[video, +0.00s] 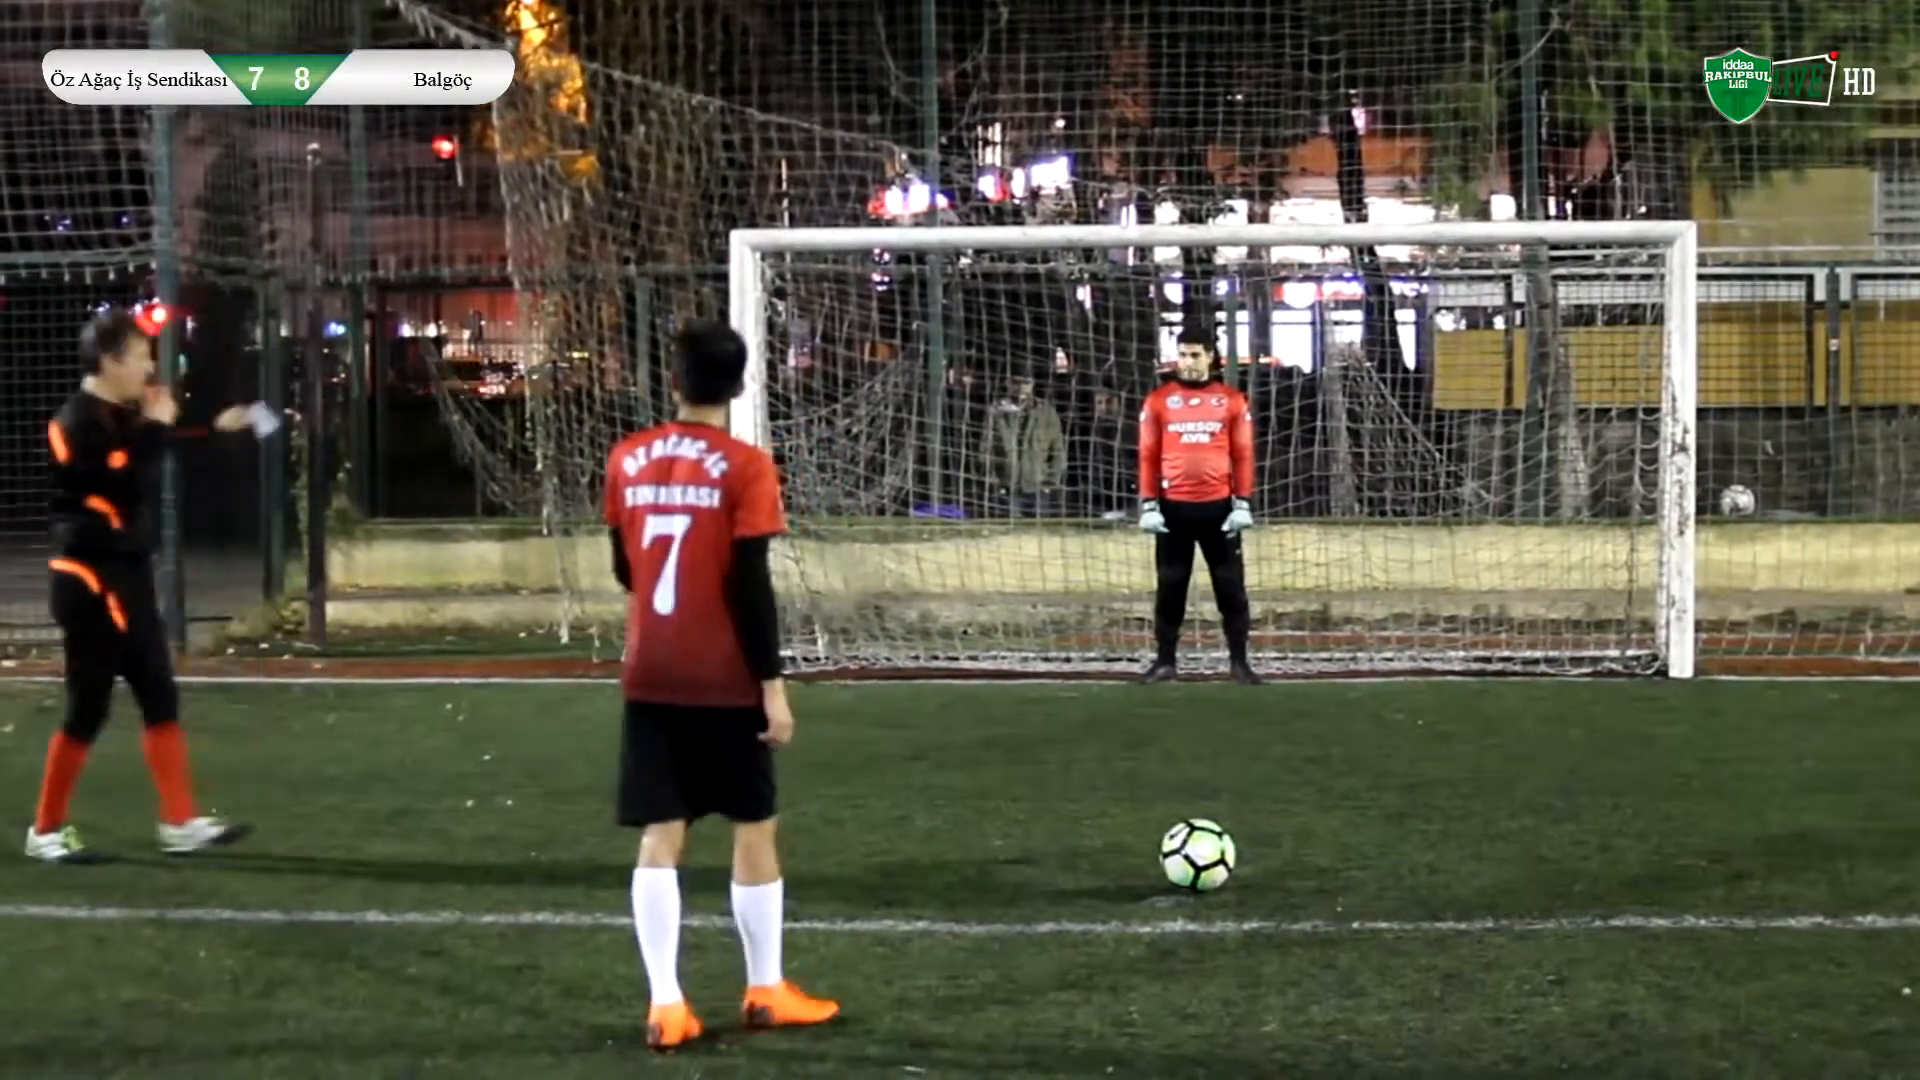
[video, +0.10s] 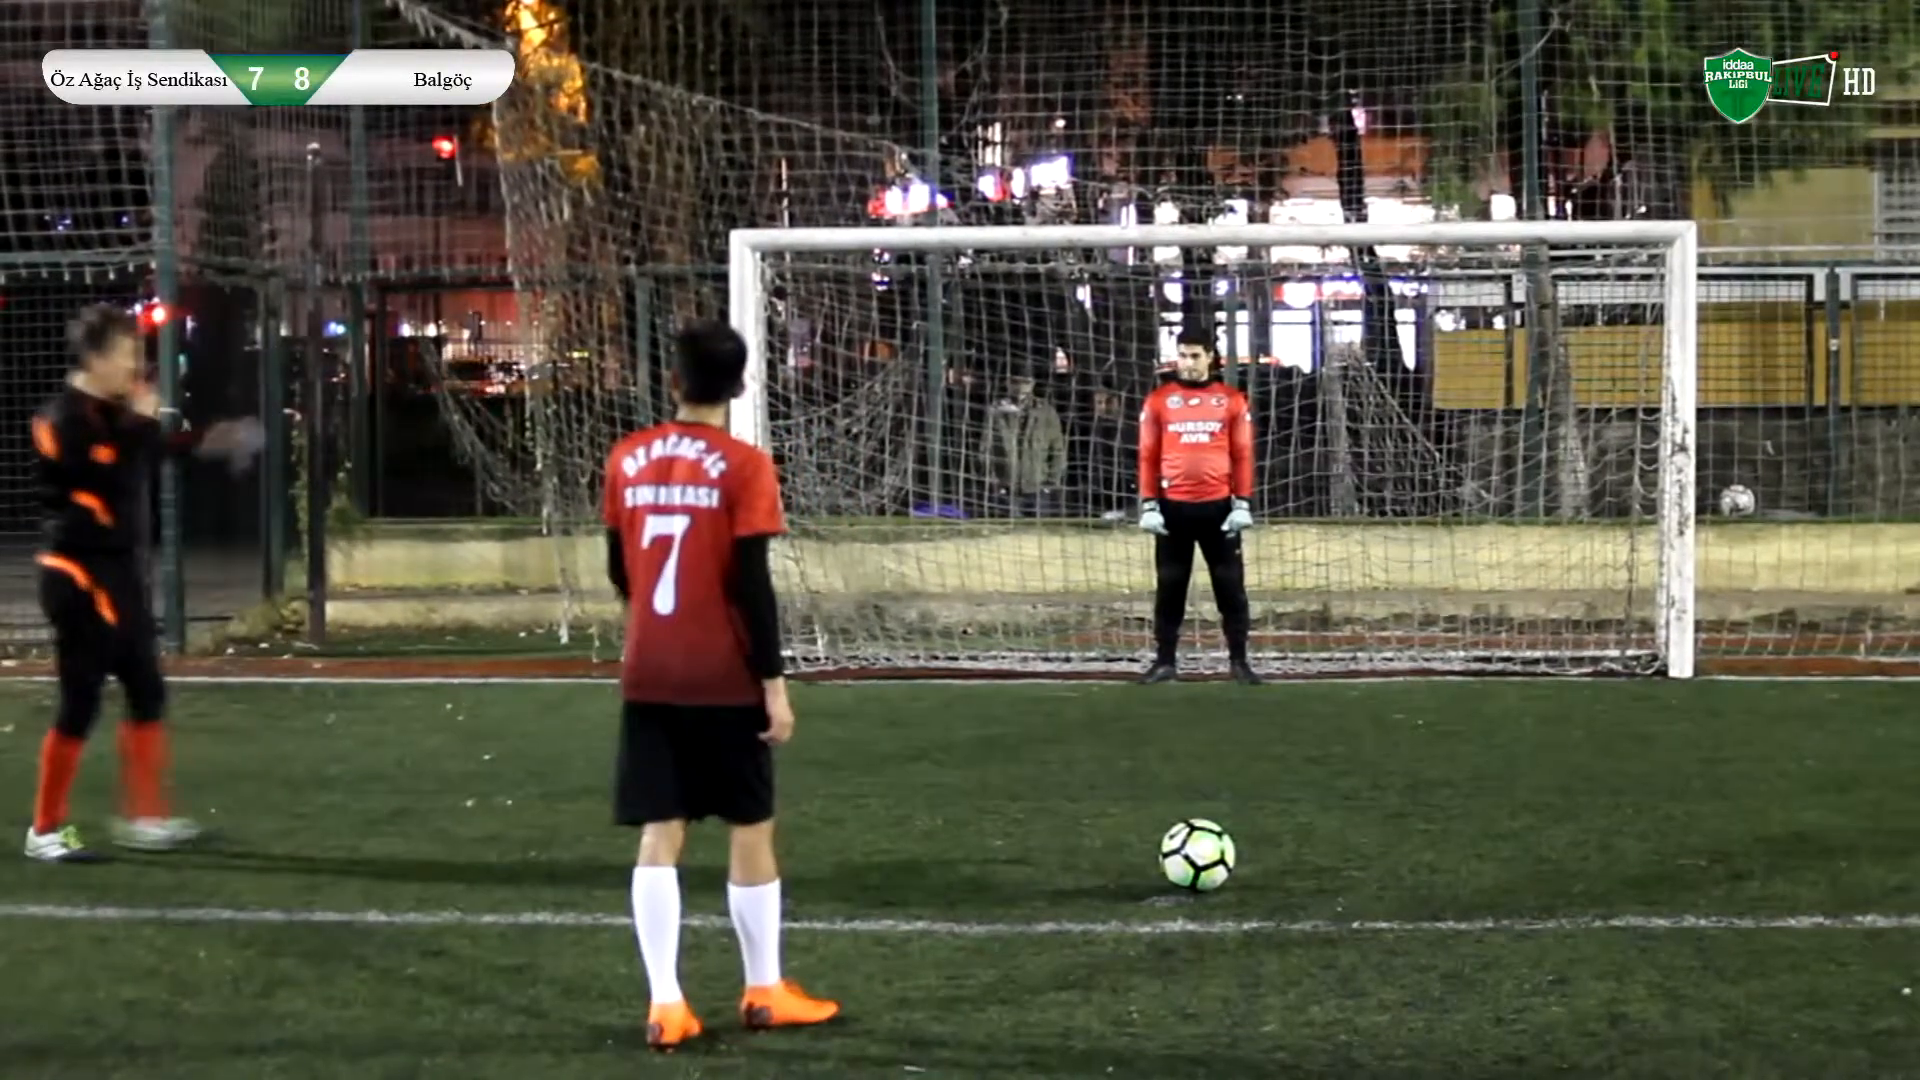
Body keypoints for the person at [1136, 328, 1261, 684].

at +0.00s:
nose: (1188, 362)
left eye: (1196, 355)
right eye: (1184, 355)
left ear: (1212, 359)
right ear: (1176, 357)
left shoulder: (1232, 401)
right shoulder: (1158, 400)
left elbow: (1243, 453)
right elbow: (1148, 454)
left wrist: (1242, 500)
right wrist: (1149, 502)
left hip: (1219, 505)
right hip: (1173, 506)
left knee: (1231, 588)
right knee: (1170, 587)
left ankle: (1239, 661)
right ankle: (1165, 660)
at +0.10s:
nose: (1188, 363)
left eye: (1196, 356)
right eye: (1183, 355)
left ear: (1211, 359)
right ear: (1176, 357)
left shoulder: (1232, 400)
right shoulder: (1158, 400)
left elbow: (1243, 454)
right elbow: (1148, 454)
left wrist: (1242, 500)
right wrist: (1149, 502)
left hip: (1219, 506)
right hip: (1172, 507)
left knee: (1231, 588)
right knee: (1169, 588)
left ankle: (1239, 660)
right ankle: (1165, 660)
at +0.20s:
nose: (1188, 363)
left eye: (1196, 356)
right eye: (1183, 356)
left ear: (1211, 359)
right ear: (1175, 358)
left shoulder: (1231, 400)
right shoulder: (1157, 401)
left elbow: (1242, 453)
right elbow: (1147, 455)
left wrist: (1241, 500)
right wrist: (1148, 502)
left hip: (1218, 506)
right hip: (1172, 507)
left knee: (1230, 588)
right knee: (1169, 588)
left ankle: (1238, 660)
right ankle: (1164, 660)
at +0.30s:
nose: (1188, 364)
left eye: (1195, 357)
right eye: (1182, 356)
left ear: (1210, 359)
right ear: (1175, 359)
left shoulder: (1231, 401)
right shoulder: (1156, 401)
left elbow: (1242, 454)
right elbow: (1146, 455)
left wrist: (1240, 501)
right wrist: (1147, 503)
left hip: (1217, 506)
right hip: (1171, 507)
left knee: (1229, 589)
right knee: (1168, 589)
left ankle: (1237, 661)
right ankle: (1164, 661)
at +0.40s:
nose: (1188, 364)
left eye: (1195, 357)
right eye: (1182, 357)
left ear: (1209, 359)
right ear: (1174, 359)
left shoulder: (1230, 401)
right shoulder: (1155, 402)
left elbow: (1241, 455)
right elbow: (1145, 456)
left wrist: (1240, 502)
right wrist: (1147, 504)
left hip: (1216, 507)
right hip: (1170, 508)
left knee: (1228, 589)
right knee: (1167, 589)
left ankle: (1236, 662)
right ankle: (1163, 661)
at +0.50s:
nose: (1188, 364)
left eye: (1195, 357)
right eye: (1182, 357)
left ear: (1209, 359)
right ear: (1174, 359)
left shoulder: (1230, 402)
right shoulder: (1155, 402)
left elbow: (1241, 455)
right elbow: (1145, 456)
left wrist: (1240, 503)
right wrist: (1147, 505)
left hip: (1216, 507)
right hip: (1170, 508)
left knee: (1228, 589)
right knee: (1167, 589)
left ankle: (1237, 662)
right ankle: (1163, 661)